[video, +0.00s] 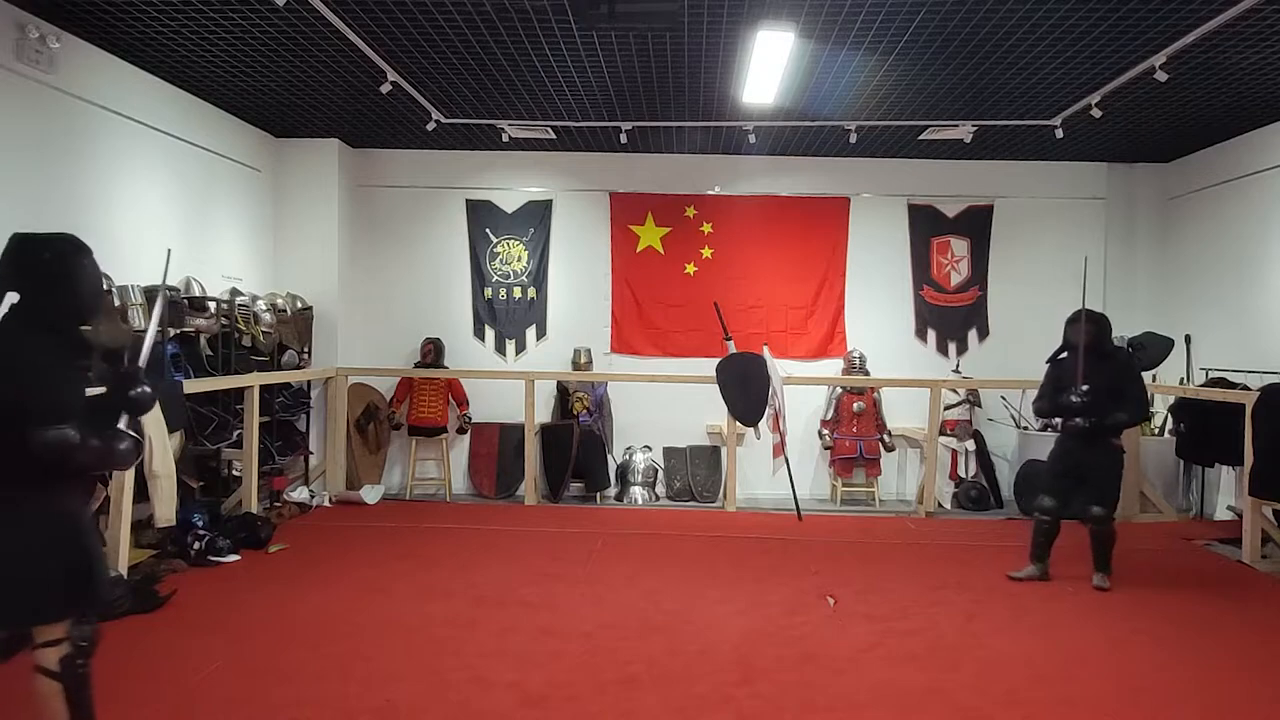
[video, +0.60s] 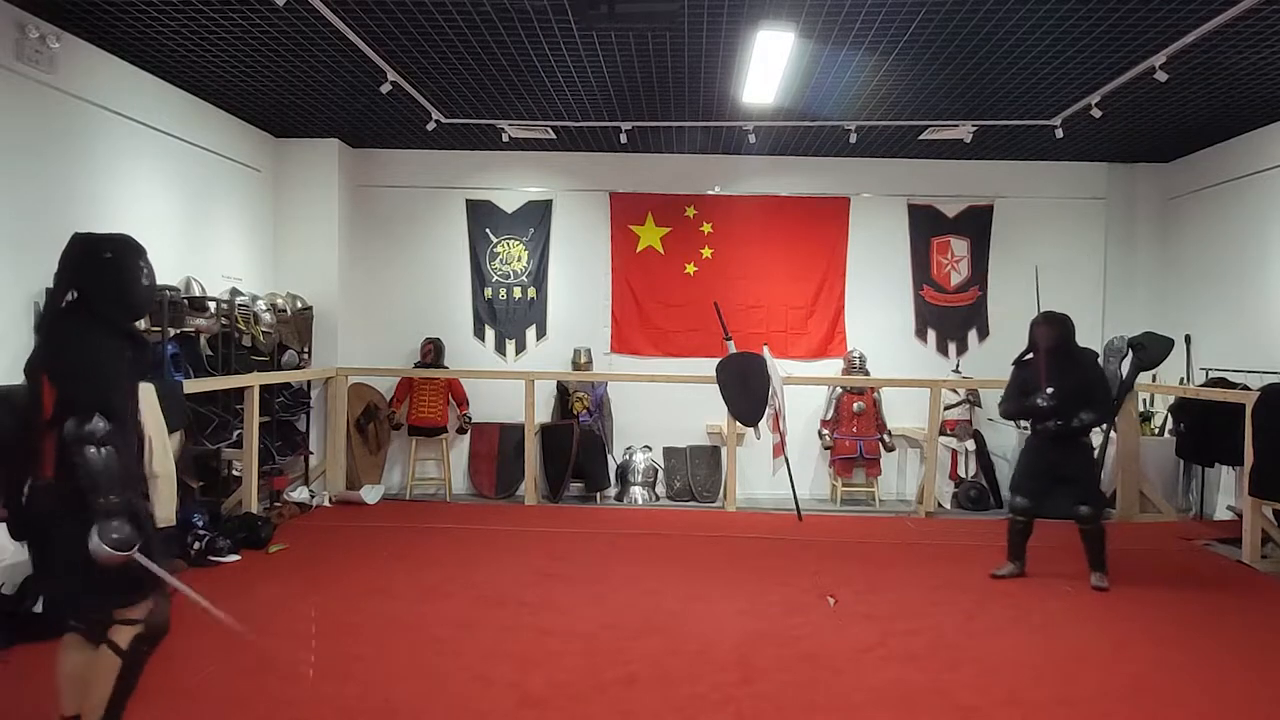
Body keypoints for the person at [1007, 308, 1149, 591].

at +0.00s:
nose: (1078, 339)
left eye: (1084, 333)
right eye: (1073, 332)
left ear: (1099, 333)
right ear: (1067, 333)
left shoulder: (1120, 362)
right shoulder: (1061, 364)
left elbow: (1140, 409)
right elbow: (1040, 407)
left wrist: (1102, 423)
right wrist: (1066, 402)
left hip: (1105, 447)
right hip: (1068, 443)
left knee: (1099, 512)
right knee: (1047, 504)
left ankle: (1101, 572)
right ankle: (1038, 564)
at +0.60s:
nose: (1045, 349)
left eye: (1051, 343)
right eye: (1039, 343)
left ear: (1065, 339)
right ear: (1032, 340)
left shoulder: (1085, 360)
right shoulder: (1026, 366)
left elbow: (1106, 405)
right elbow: (1006, 408)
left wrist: (1082, 419)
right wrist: (1031, 404)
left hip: (1076, 445)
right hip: (1039, 443)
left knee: (1086, 508)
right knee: (1020, 502)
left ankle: (1098, 570)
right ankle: (1015, 562)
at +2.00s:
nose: (1039, 343)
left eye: (1045, 336)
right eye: (1034, 337)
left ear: (1060, 336)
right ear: (1029, 340)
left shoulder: (1089, 361)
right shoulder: (1028, 373)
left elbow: (1130, 387)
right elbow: (1008, 410)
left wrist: (1164, 411)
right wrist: (983, 404)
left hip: (1083, 451)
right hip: (1043, 449)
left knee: (1084, 517)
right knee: (1018, 507)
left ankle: (1090, 577)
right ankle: (1004, 569)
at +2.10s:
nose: (1024, 343)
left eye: (1030, 337)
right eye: (1023, 338)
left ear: (1050, 338)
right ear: (1027, 341)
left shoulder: (1084, 363)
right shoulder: (1021, 372)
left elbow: (1129, 384)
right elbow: (989, 403)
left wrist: (1165, 402)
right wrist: (966, 395)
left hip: (1078, 454)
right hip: (1038, 453)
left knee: (1084, 519)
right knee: (1015, 511)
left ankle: (1089, 578)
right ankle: (997, 571)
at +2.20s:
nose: (1016, 347)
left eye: (1021, 341)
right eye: (1014, 342)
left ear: (1041, 339)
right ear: (1014, 343)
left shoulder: (1071, 362)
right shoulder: (1009, 370)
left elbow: (1117, 380)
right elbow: (973, 395)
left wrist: (1157, 392)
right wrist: (947, 380)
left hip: (1068, 457)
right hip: (1028, 458)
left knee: (1081, 522)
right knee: (1009, 517)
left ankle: (1089, 577)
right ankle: (994, 577)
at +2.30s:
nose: (1001, 346)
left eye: (1007, 339)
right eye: (1000, 339)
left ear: (1028, 339)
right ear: (1001, 341)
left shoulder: (1060, 364)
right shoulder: (997, 371)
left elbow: (1105, 381)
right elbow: (958, 394)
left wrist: (1147, 389)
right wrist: (930, 379)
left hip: (1056, 457)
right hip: (1016, 458)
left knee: (1074, 523)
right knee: (997, 519)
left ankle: (1086, 576)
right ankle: (991, 580)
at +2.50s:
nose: (990, 342)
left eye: (996, 335)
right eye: (986, 336)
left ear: (1013, 335)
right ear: (983, 338)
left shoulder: (1043, 360)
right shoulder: (981, 370)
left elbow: (1087, 382)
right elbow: (948, 397)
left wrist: (1135, 399)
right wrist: (917, 411)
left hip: (1038, 453)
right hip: (1000, 455)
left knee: (1047, 522)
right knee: (991, 518)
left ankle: (1057, 574)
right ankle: (990, 581)